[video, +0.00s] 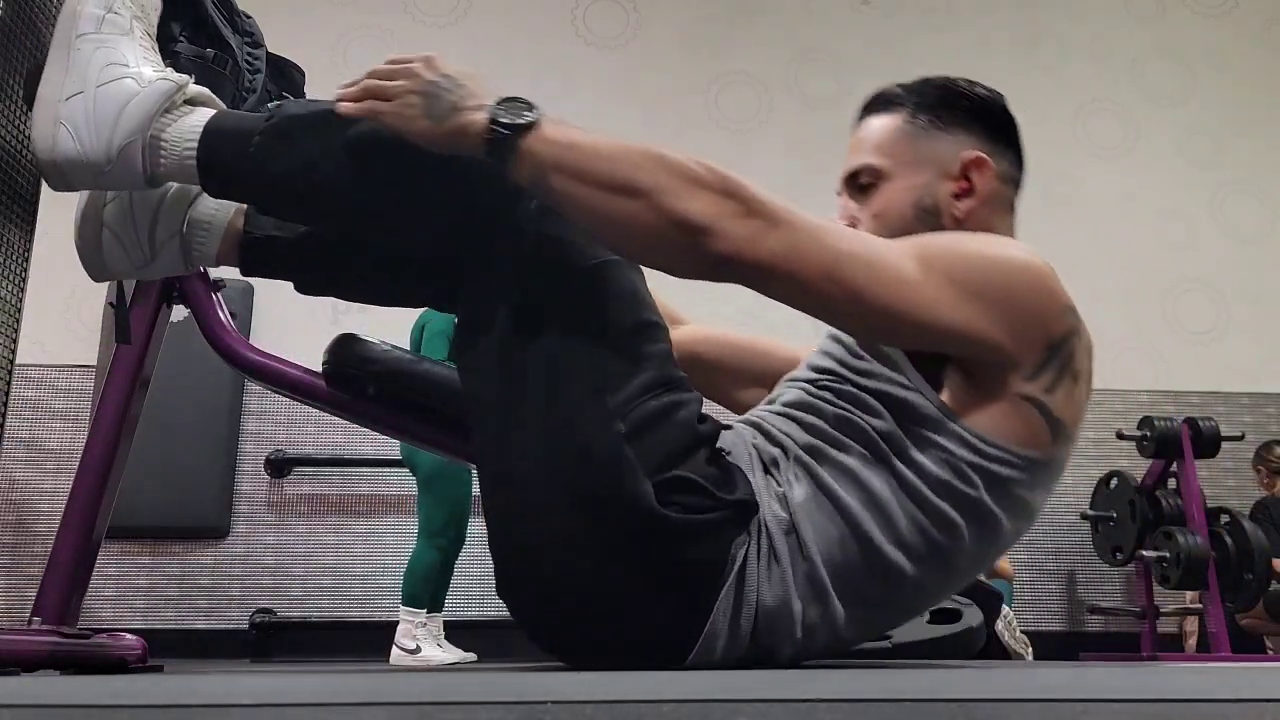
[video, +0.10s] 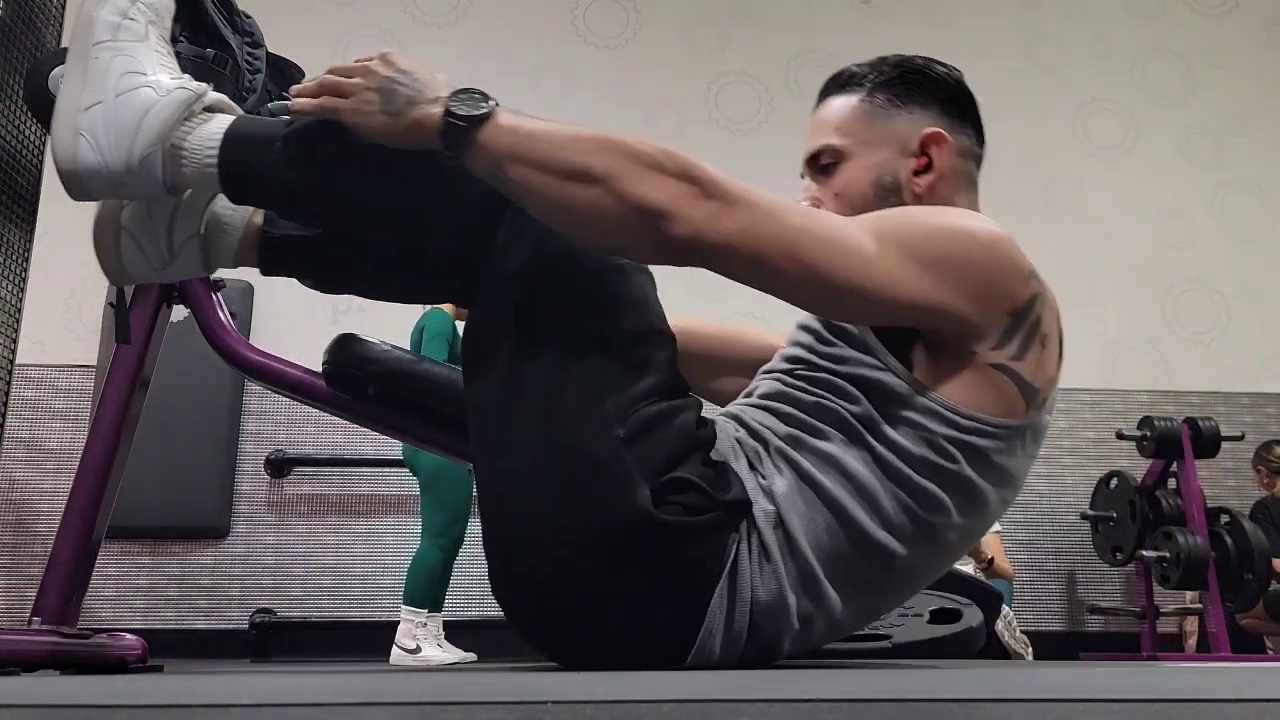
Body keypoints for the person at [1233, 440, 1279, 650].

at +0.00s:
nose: (1257, 481)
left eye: (1256, 475)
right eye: (1256, 475)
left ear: (1263, 474)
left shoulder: (1265, 508)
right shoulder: (1265, 508)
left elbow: (1274, 562)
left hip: (1273, 594)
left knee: (1242, 616)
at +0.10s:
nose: (1257, 481)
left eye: (1256, 475)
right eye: (1256, 475)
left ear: (1263, 474)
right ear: (1269, 473)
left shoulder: (1265, 508)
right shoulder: (1265, 508)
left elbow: (1274, 562)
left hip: (1273, 594)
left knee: (1241, 616)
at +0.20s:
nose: (1257, 481)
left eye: (1256, 475)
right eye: (1256, 475)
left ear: (1264, 474)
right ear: (1270, 472)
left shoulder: (1265, 508)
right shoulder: (1265, 508)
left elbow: (1273, 562)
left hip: (1273, 594)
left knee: (1241, 616)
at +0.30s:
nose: (1256, 480)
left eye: (1256, 474)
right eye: (1255, 475)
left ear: (1263, 473)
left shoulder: (1265, 508)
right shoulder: (1265, 508)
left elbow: (1275, 563)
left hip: (1274, 594)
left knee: (1241, 616)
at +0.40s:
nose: (1256, 480)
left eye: (1255, 474)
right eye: (1255, 475)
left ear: (1263, 472)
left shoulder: (1265, 508)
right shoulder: (1264, 508)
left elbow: (1272, 561)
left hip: (1273, 593)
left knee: (1241, 616)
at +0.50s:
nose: (1256, 479)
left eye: (1255, 474)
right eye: (1255, 474)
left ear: (1263, 472)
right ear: (1270, 471)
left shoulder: (1264, 508)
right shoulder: (1264, 508)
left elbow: (1272, 561)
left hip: (1272, 593)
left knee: (1241, 615)